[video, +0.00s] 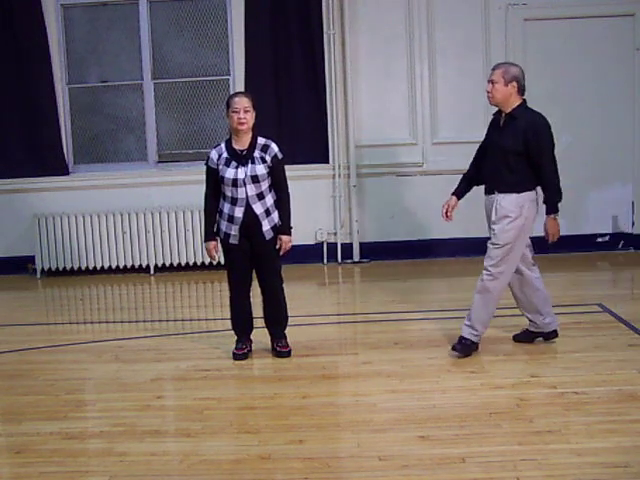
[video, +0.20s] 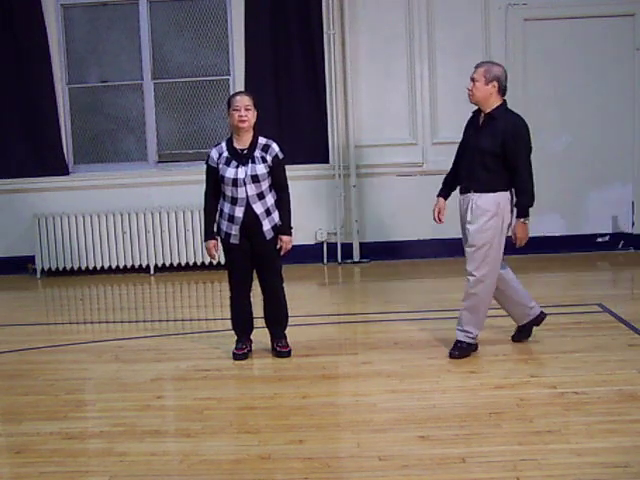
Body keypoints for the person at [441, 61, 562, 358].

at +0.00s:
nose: (488, 88)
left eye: (493, 83)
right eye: (488, 83)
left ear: (512, 87)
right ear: (505, 87)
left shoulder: (534, 123)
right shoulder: (498, 121)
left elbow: (548, 170)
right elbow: (481, 161)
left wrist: (552, 214)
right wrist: (457, 195)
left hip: (517, 202)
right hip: (494, 201)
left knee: (495, 268)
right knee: (519, 264)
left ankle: (471, 335)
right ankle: (543, 324)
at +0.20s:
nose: (469, 87)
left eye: (474, 82)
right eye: (470, 81)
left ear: (493, 87)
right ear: (488, 87)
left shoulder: (513, 124)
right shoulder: (475, 121)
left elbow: (524, 174)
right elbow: (461, 161)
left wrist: (522, 218)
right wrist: (443, 195)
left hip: (493, 203)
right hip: (469, 202)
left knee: (480, 271)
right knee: (485, 266)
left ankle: (467, 336)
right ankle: (528, 313)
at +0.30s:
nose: (460, 85)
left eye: (465, 81)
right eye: (461, 80)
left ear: (483, 86)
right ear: (478, 85)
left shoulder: (505, 124)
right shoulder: (465, 120)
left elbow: (511, 175)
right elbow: (452, 162)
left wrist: (501, 217)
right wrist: (437, 198)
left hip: (483, 203)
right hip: (457, 202)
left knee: (477, 271)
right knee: (458, 266)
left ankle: (467, 335)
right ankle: (507, 307)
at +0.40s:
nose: (451, 84)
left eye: (457, 80)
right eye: (453, 79)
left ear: (475, 85)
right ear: (471, 84)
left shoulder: (498, 122)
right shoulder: (456, 119)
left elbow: (500, 175)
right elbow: (444, 163)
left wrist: (482, 212)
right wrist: (432, 201)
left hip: (477, 203)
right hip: (448, 203)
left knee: (474, 272)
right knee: (444, 267)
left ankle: (467, 335)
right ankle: (478, 316)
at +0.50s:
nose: (445, 84)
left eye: (451, 79)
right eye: (446, 79)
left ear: (469, 85)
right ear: (462, 85)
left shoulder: (491, 123)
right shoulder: (447, 119)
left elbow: (491, 173)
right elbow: (436, 163)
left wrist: (467, 205)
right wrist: (429, 203)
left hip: (475, 205)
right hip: (442, 202)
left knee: (474, 272)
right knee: (438, 269)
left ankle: (467, 335)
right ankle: (440, 330)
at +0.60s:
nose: (441, 84)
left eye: (447, 80)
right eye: (441, 79)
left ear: (466, 84)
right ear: (443, 84)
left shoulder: (485, 122)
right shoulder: (437, 119)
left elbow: (485, 171)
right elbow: (427, 162)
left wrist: (462, 201)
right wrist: (424, 201)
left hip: (472, 206)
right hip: (437, 204)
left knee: (472, 273)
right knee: (433, 270)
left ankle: (467, 337)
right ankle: (428, 334)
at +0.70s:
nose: (442, 86)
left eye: (449, 81)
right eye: (438, 81)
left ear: (463, 87)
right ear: (434, 86)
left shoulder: (479, 122)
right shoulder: (426, 120)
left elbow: (482, 172)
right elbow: (418, 165)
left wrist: (462, 203)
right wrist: (416, 203)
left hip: (466, 205)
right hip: (428, 204)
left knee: (469, 274)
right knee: (428, 272)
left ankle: (467, 336)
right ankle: (430, 335)